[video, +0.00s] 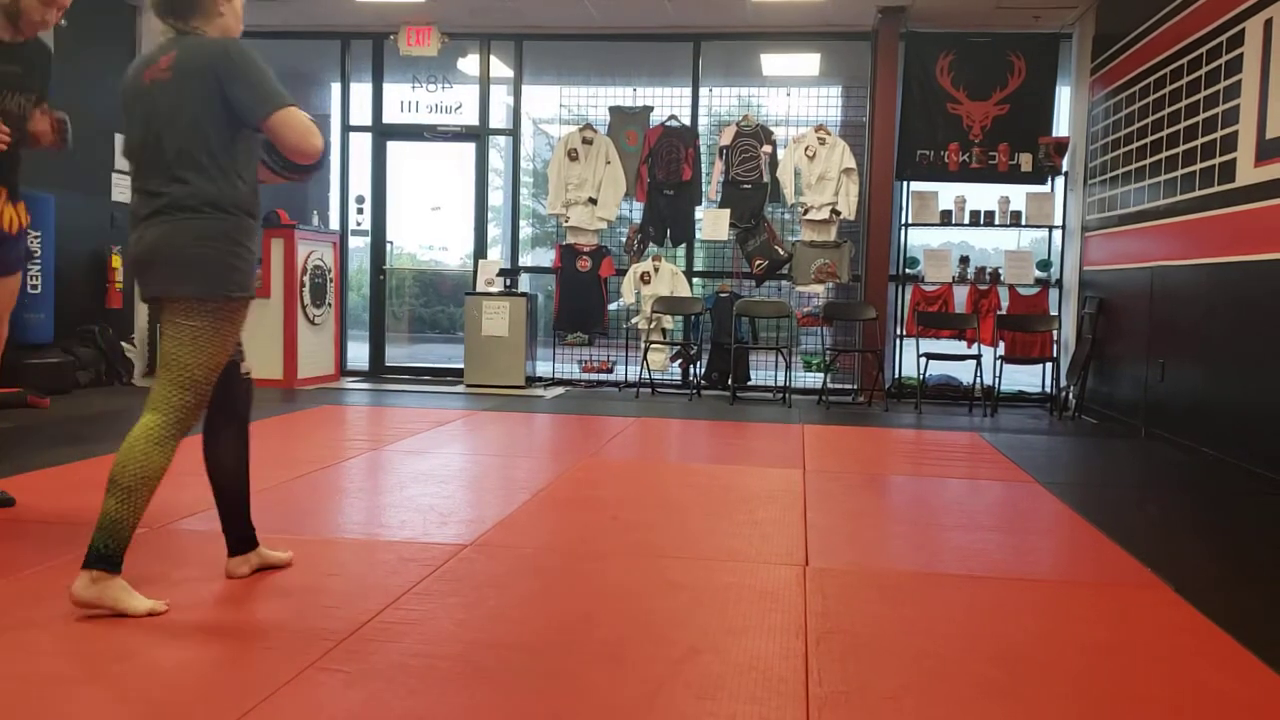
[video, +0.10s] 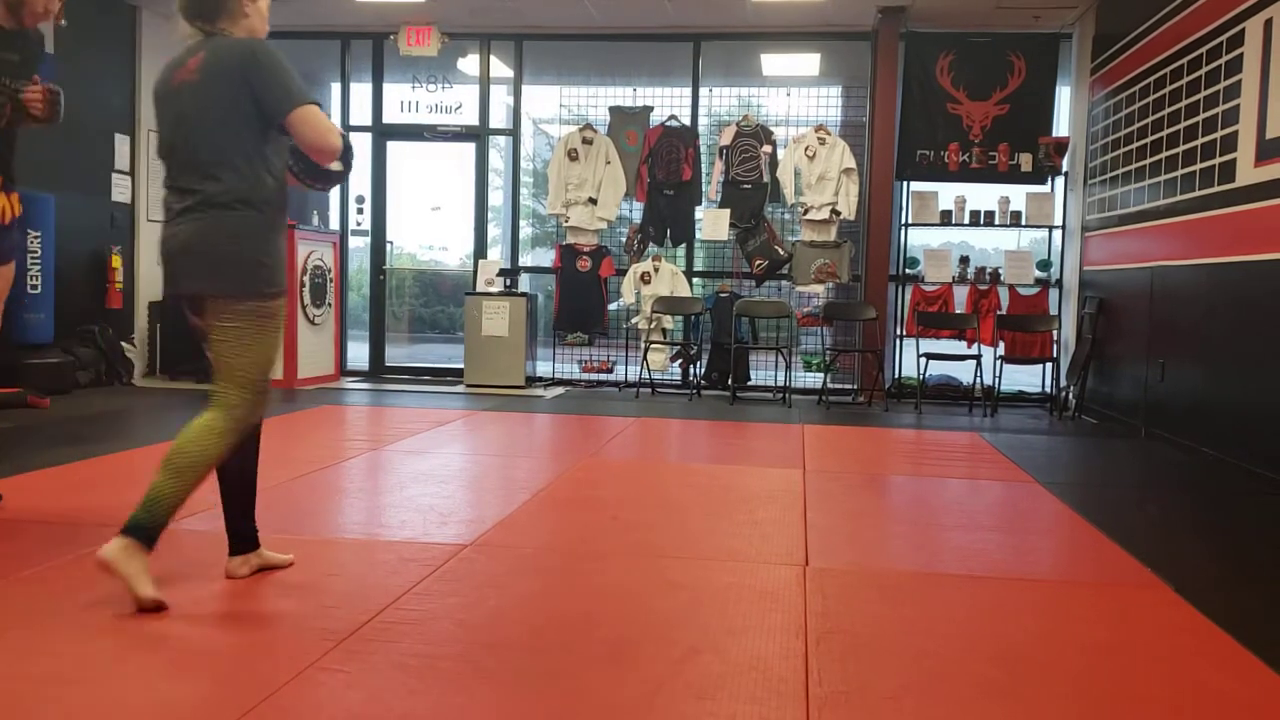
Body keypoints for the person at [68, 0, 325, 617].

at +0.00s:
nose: (242, 12)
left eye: (239, 3)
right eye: (236, 4)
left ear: (175, 13)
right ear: (217, 7)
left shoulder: (140, 72)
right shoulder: (228, 55)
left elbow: (144, 162)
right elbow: (306, 144)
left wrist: (244, 157)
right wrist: (263, 147)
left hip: (156, 249)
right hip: (214, 249)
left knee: (228, 393)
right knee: (170, 411)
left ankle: (243, 547)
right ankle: (98, 573)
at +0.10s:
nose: (268, 12)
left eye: (266, 3)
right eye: (263, 4)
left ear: (202, 13)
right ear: (245, 7)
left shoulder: (173, 73)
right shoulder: (254, 55)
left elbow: (200, 159)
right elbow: (326, 143)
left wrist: (283, 160)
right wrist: (319, 153)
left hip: (188, 251)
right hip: (244, 253)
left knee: (242, 398)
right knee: (233, 405)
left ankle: (244, 547)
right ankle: (133, 542)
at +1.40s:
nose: (521, 79)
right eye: (521, 72)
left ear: (475, 75)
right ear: (518, 75)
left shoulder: (451, 125)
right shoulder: (537, 117)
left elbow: (410, 191)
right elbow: (601, 168)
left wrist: (463, 193)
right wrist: (567, 193)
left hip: (468, 270)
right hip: (530, 269)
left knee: (484, 380)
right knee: (545, 376)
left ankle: (484, 498)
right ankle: (497, 476)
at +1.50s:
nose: (534, 83)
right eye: (533, 76)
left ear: (487, 79)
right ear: (531, 79)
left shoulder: (464, 127)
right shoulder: (549, 120)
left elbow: (423, 187)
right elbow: (609, 170)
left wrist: (474, 196)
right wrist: (575, 200)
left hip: (481, 268)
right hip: (541, 268)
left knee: (489, 378)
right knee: (564, 371)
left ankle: (483, 500)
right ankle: (543, 486)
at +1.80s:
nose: (593, 106)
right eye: (592, 100)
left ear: (548, 102)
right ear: (587, 102)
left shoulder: (523, 146)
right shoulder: (602, 143)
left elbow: (485, 208)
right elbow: (646, 202)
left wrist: (529, 213)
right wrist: (620, 222)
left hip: (533, 276)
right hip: (591, 278)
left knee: (521, 378)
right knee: (596, 383)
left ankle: (487, 486)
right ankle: (595, 483)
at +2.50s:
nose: (724, 123)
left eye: (723, 115)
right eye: (720, 115)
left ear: (687, 117)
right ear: (702, 115)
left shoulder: (656, 159)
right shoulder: (705, 153)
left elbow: (636, 227)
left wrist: (679, 236)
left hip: (657, 271)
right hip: (693, 271)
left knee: (684, 371)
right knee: (693, 374)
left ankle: (674, 469)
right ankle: (623, 453)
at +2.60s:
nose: (747, 121)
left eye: (745, 113)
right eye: (741, 113)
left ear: (712, 117)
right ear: (718, 115)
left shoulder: (686, 153)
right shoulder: (718, 151)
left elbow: (666, 226)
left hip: (677, 276)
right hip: (703, 278)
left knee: (696, 364)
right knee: (734, 369)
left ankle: (675, 461)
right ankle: (672, 449)